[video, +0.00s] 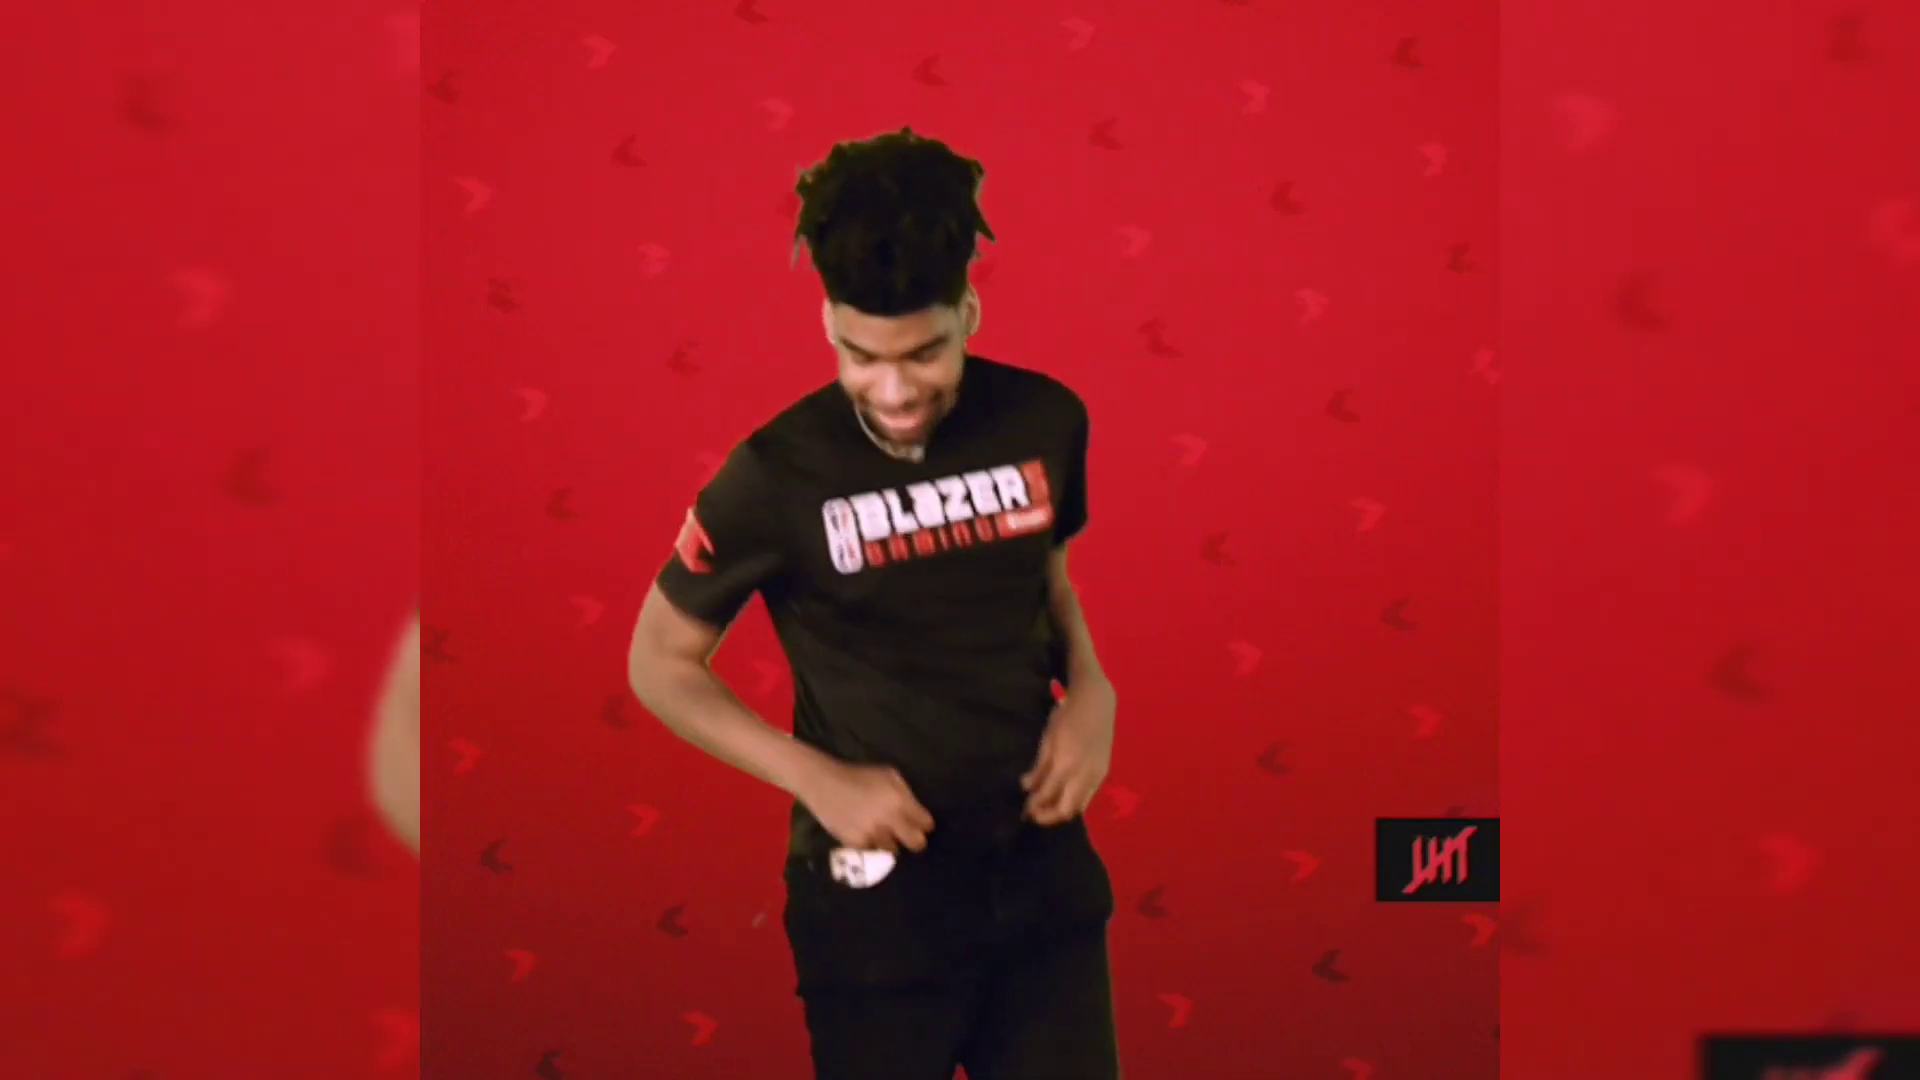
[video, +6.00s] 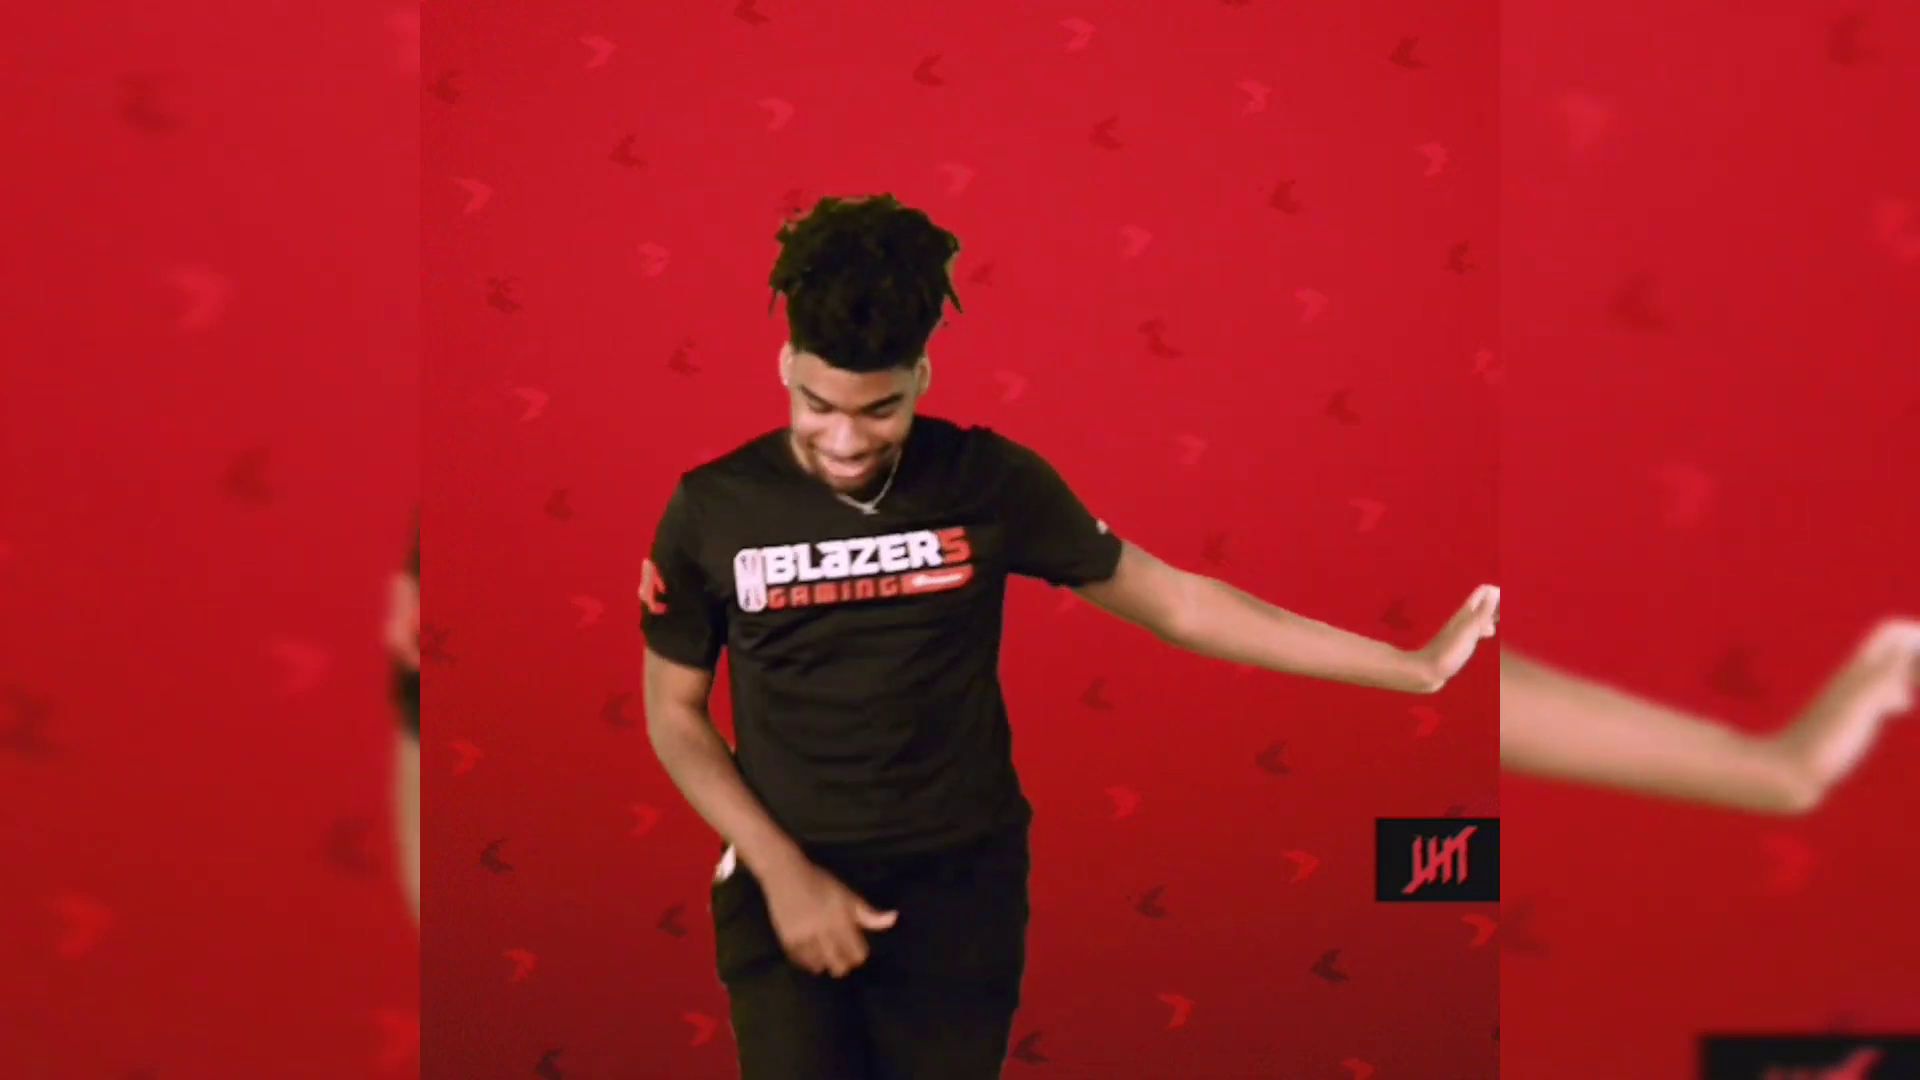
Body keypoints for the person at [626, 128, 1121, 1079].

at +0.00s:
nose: (894, 388)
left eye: (924, 353)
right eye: (861, 355)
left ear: (970, 312)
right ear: (828, 316)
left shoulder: (1043, 425)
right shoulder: (773, 481)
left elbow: (1047, 564)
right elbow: (660, 664)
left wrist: (1091, 688)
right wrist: (818, 780)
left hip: (1041, 880)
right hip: (873, 902)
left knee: (1073, 1062)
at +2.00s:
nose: (956, 394)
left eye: (987, 359)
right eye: (925, 358)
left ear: (1020, 324)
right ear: (874, 327)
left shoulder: (1081, 463)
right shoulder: (780, 483)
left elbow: (1097, 611)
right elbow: (685, 663)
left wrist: (1097, 738)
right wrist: (766, 803)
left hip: (1057, 894)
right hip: (879, 907)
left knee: (1072, 1062)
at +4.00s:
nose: (883, 476)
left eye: (893, 450)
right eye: (886, 448)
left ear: (745, 411)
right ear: (830, 434)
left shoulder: (586, 517)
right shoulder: (873, 542)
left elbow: (463, 656)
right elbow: (1013, 714)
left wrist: (592, 730)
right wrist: (887, 815)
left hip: (624, 948)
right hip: (819, 945)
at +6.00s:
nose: (844, 438)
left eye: (876, 409)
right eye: (817, 404)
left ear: (923, 369)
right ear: (783, 359)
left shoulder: (989, 484)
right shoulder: (711, 513)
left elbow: (1174, 599)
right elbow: (674, 717)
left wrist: (1408, 670)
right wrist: (784, 871)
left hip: (960, 887)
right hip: (783, 893)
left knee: (951, 1068)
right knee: (797, 1074)